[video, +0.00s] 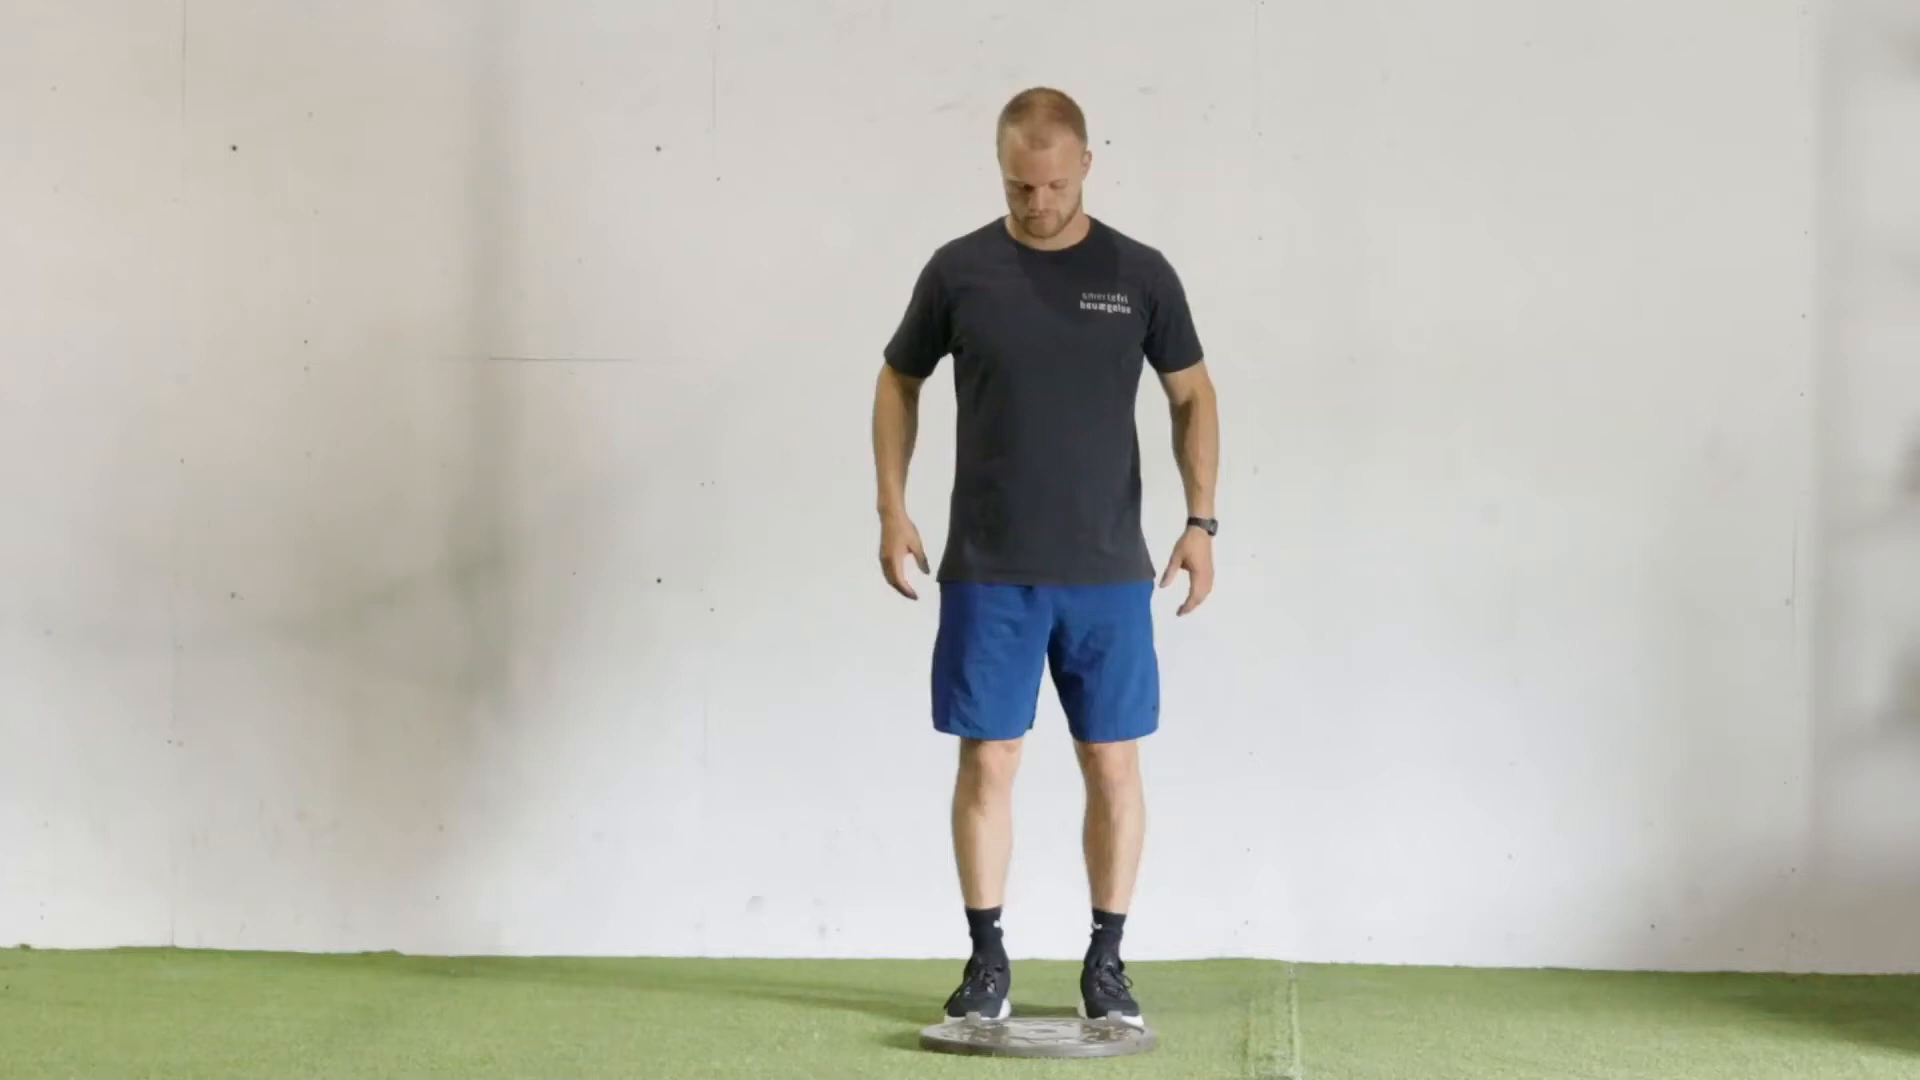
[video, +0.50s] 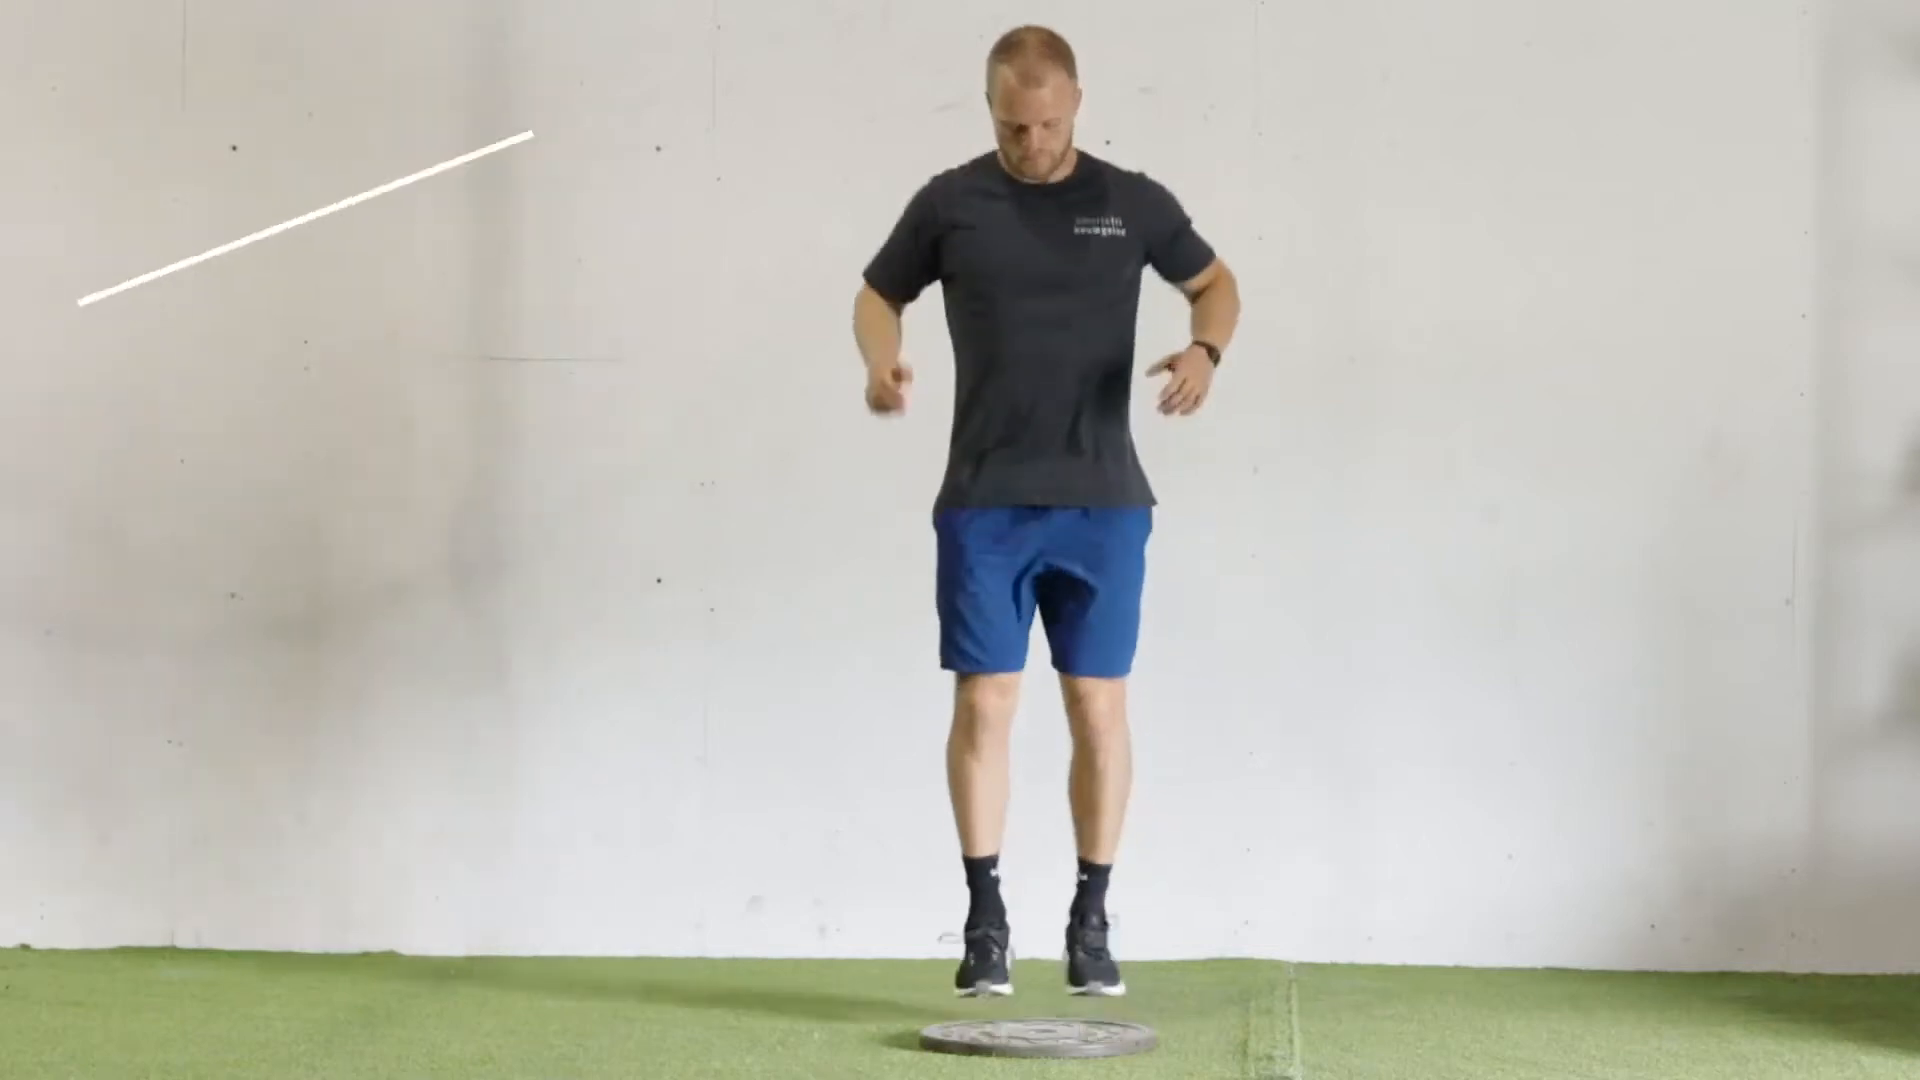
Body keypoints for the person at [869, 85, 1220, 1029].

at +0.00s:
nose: (1036, 200)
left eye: (1052, 183)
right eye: (1021, 184)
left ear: (1086, 166)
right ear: (1001, 171)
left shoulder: (1140, 274)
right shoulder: (957, 271)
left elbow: (1193, 395)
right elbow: (899, 379)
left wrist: (1200, 521)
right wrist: (892, 509)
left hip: (1108, 567)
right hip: (990, 567)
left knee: (1113, 765)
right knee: (988, 761)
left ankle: (1106, 968)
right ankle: (986, 969)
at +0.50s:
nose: (1035, 143)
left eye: (1050, 125)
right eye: (1017, 127)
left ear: (1077, 105)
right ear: (991, 112)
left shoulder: (1131, 201)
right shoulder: (950, 201)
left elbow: (1214, 283)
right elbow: (879, 294)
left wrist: (1204, 350)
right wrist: (882, 359)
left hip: (1101, 496)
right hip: (984, 497)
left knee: (1098, 710)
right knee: (984, 706)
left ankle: (1091, 919)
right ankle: (985, 920)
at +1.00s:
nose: (1029, 143)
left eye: (1044, 125)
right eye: (1013, 127)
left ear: (1073, 108)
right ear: (987, 113)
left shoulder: (1123, 210)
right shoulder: (940, 214)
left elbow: (1194, 298)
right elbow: (886, 315)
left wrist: (1188, 396)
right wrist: (895, 430)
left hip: (1097, 506)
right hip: (980, 506)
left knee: (1093, 716)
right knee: (984, 717)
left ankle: (1082, 921)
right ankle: (984, 926)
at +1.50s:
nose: (1041, 155)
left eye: (1057, 138)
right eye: (1024, 139)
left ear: (1082, 131)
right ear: (999, 132)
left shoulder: (1132, 237)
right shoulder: (951, 235)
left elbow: (1195, 330)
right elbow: (885, 334)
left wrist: (1198, 399)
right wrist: (905, 418)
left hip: (1099, 521)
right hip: (986, 519)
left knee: (1091, 736)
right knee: (995, 736)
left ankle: (1077, 955)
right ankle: (999, 956)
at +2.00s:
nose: (1043, 189)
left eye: (1059, 172)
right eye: (1026, 173)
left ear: (1088, 163)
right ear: (1003, 167)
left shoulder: (1137, 278)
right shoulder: (955, 280)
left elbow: (1197, 384)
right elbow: (903, 386)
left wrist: (1184, 478)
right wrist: (915, 475)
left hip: (1103, 564)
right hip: (990, 562)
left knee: (1097, 773)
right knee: (995, 774)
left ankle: (1087, 959)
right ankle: (1002, 961)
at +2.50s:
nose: (1041, 194)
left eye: (1057, 176)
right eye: (1023, 177)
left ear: (1084, 169)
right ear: (999, 173)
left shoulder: (1134, 281)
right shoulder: (957, 285)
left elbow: (1198, 378)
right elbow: (898, 394)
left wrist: (1198, 450)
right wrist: (899, 497)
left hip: (1112, 563)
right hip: (1001, 562)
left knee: (1099, 766)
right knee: (1014, 767)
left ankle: (1080, 970)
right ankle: (1027, 969)